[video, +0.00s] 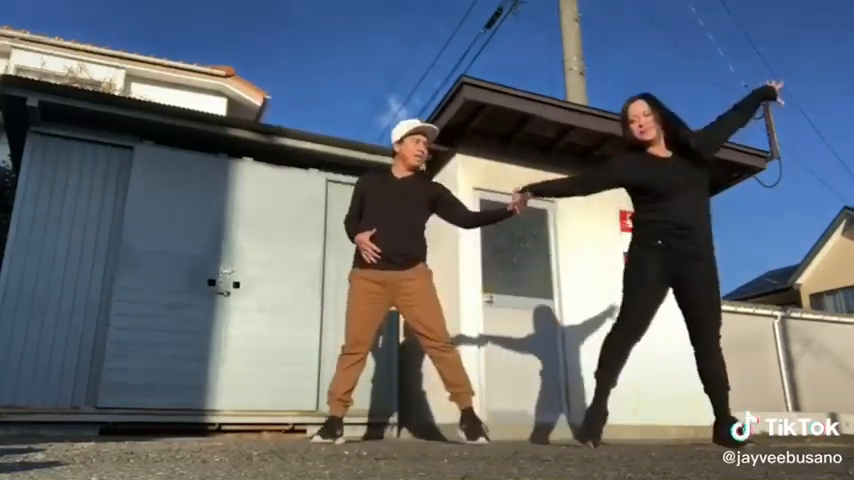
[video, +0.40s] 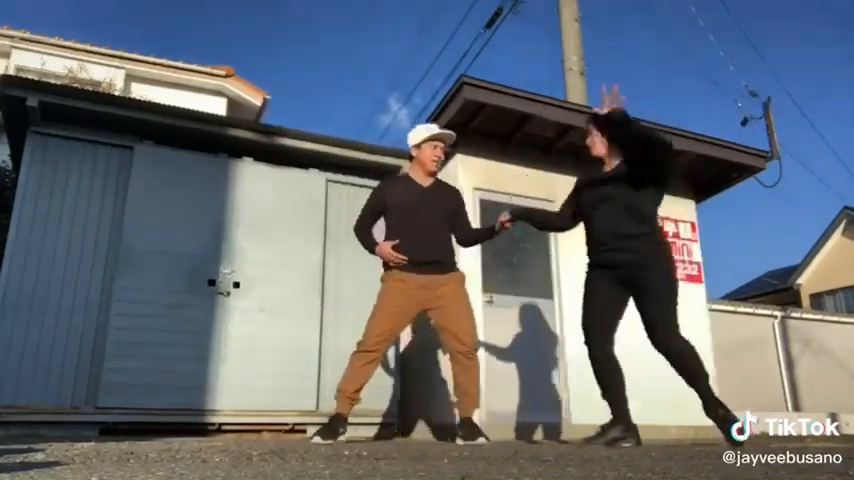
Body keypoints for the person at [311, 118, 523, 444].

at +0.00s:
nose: (424, 150)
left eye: (426, 145)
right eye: (417, 143)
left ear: (427, 152)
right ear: (398, 146)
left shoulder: (430, 190)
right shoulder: (369, 181)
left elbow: (466, 218)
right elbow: (351, 220)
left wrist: (510, 210)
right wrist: (357, 235)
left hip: (413, 278)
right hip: (368, 279)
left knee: (439, 344)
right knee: (355, 347)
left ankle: (468, 414)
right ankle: (334, 419)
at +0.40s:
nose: (440, 155)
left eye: (443, 150)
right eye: (434, 148)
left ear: (445, 155)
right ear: (415, 150)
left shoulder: (450, 194)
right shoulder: (389, 188)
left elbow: (466, 237)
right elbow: (362, 227)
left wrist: (496, 229)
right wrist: (377, 248)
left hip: (447, 282)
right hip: (402, 281)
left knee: (465, 347)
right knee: (371, 345)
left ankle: (467, 421)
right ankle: (339, 417)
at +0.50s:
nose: (451, 156)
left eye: (453, 151)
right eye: (444, 150)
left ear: (455, 156)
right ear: (427, 153)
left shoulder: (464, 195)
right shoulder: (407, 189)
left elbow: (476, 237)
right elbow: (377, 230)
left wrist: (513, 228)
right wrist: (382, 254)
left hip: (465, 284)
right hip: (421, 281)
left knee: (481, 348)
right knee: (394, 343)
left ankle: (468, 420)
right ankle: (376, 412)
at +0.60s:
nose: (461, 154)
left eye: (464, 148)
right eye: (454, 148)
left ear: (465, 152)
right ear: (437, 151)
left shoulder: (476, 193)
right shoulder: (417, 187)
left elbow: (491, 236)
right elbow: (391, 228)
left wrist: (529, 229)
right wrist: (391, 250)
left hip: (475, 280)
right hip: (431, 278)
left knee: (486, 349)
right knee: (425, 343)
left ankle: (469, 419)